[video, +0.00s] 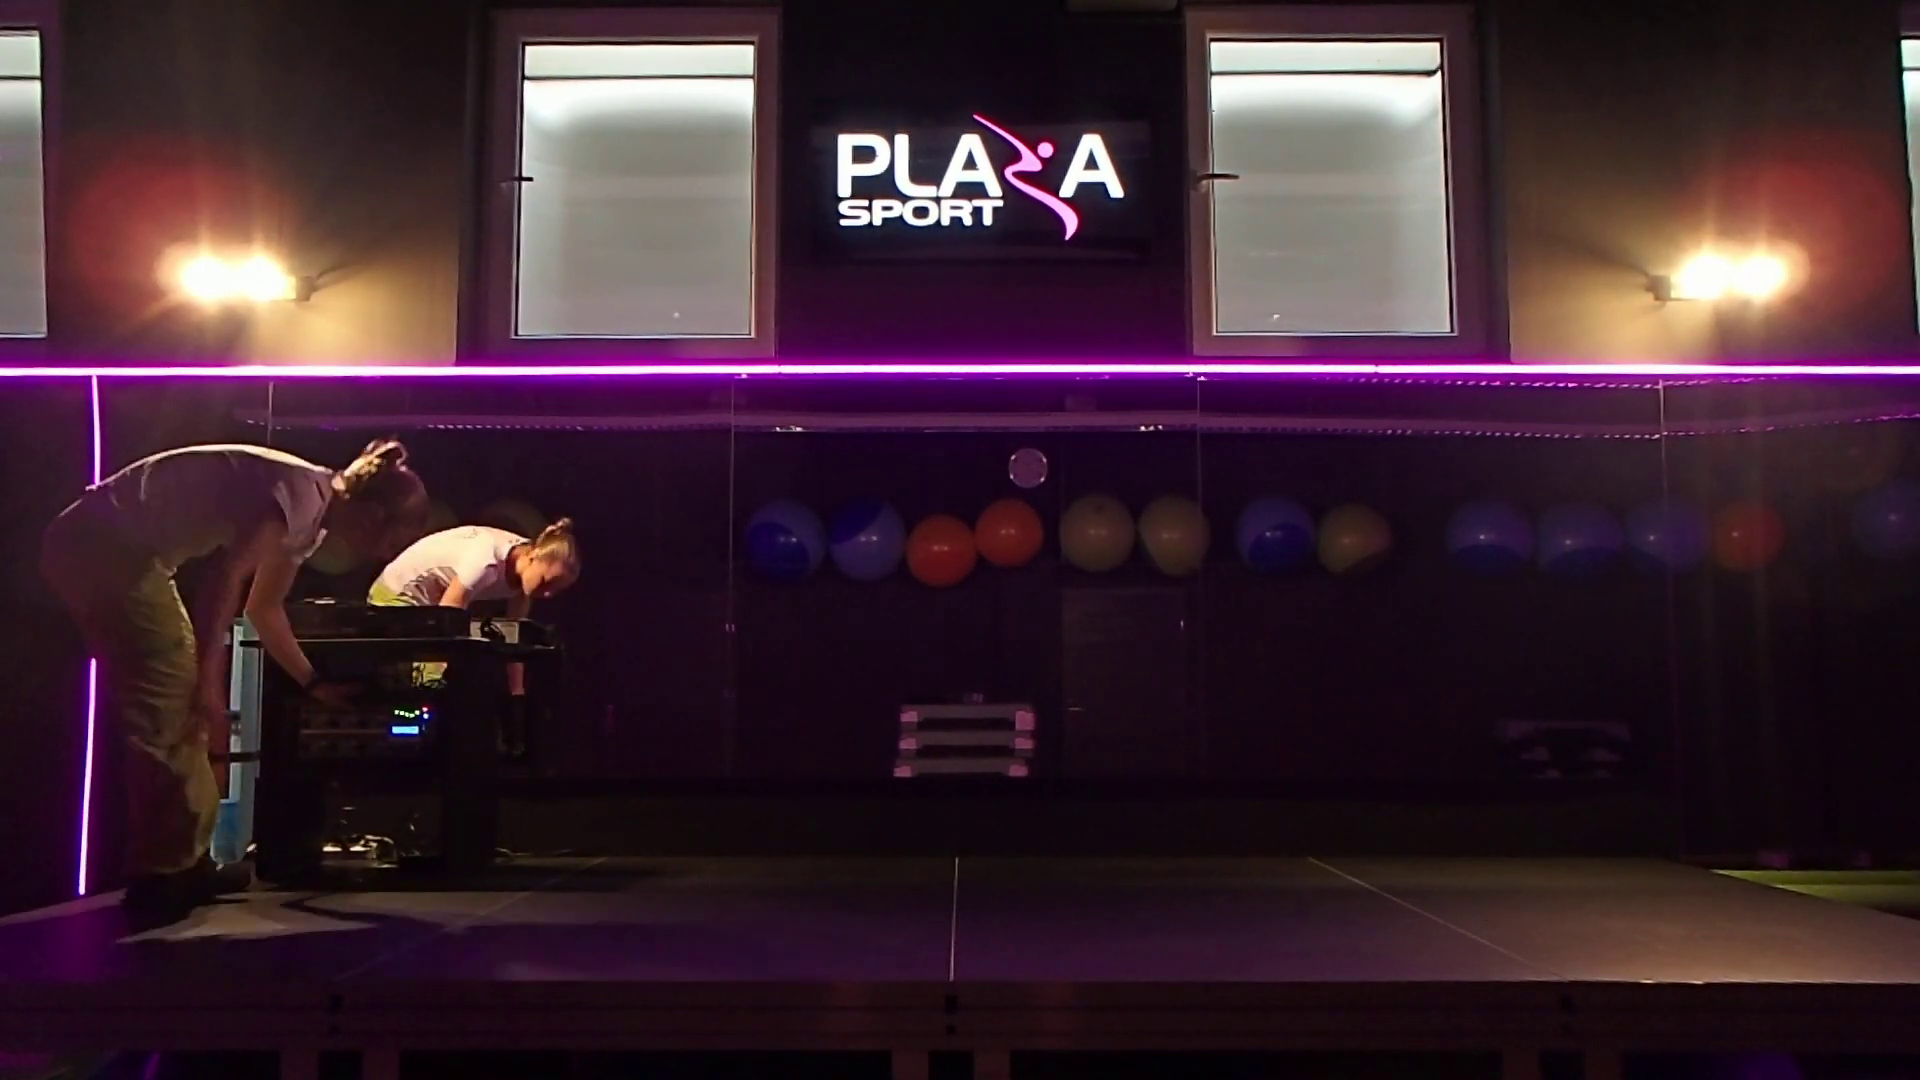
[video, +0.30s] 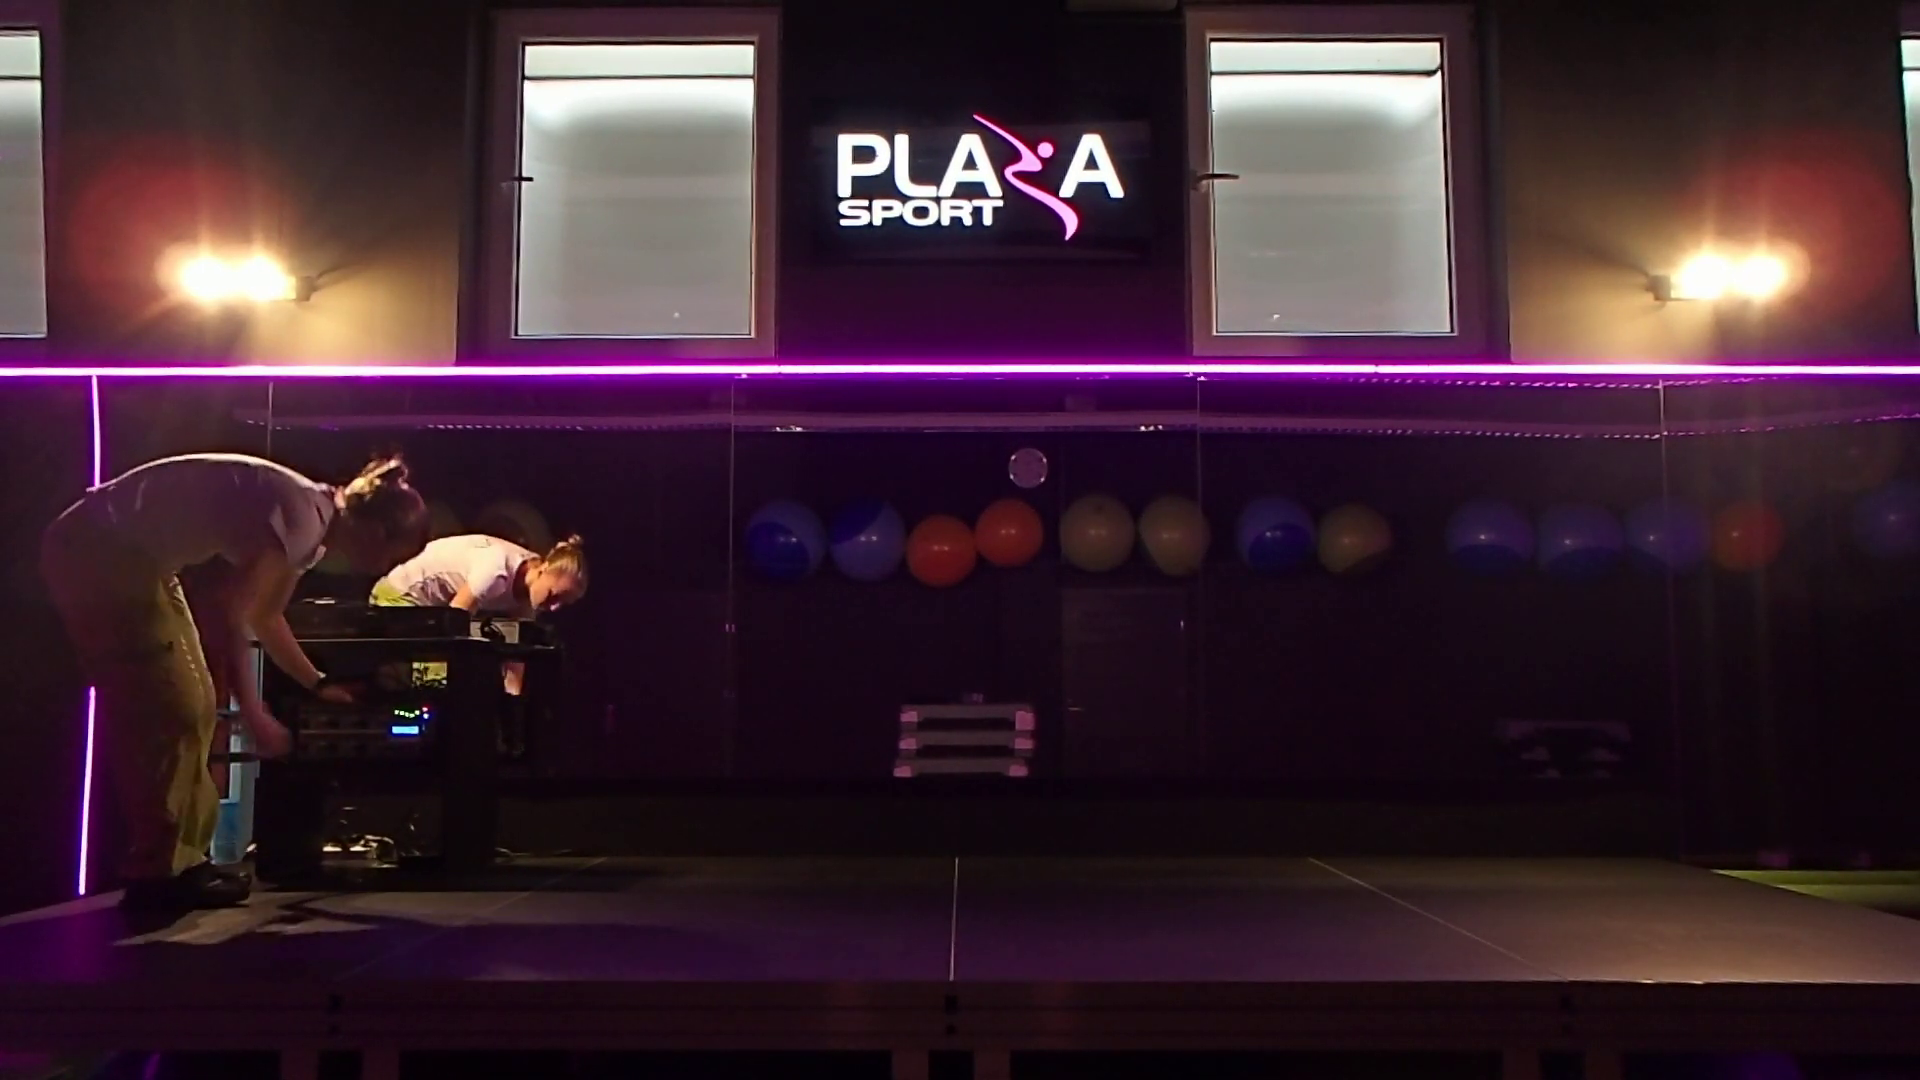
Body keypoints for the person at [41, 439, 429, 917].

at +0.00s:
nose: (388, 553)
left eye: (396, 544)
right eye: (394, 540)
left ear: (369, 508)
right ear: (377, 515)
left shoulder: (305, 522)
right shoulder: (299, 496)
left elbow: (265, 607)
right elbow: (225, 577)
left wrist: (311, 681)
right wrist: (206, 680)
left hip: (134, 552)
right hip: (106, 547)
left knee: (181, 697)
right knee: (162, 698)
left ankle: (189, 863)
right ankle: (161, 874)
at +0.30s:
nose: (382, 567)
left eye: (391, 561)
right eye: (389, 557)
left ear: (369, 516)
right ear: (377, 527)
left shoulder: (311, 526)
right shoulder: (299, 516)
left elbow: (266, 615)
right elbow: (237, 612)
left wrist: (316, 684)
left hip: (145, 560)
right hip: (105, 553)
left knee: (197, 708)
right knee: (172, 712)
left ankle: (187, 863)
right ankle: (156, 875)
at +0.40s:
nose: (378, 589)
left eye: (387, 582)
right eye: (385, 578)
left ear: (365, 541)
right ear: (372, 549)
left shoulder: (307, 529)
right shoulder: (306, 538)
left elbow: (260, 627)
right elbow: (271, 649)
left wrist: (315, 688)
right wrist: (311, 731)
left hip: (139, 557)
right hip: (104, 550)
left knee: (191, 701)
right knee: (172, 703)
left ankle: (182, 865)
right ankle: (163, 874)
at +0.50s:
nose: (380, 602)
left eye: (392, 596)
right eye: (389, 591)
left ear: (372, 554)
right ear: (374, 562)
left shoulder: (301, 539)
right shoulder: (317, 555)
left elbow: (254, 627)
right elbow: (314, 672)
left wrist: (309, 687)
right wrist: (361, 727)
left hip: (111, 547)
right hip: (108, 550)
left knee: (181, 696)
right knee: (182, 697)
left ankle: (177, 868)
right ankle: (168, 874)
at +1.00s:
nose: (379, 619)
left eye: (391, 615)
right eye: (389, 609)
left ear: (377, 570)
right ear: (378, 578)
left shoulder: (296, 553)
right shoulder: (337, 559)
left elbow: (246, 636)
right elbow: (344, 680)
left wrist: (315, 691)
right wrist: (395, 726)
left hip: (108, 542)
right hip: (130, 547)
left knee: (167, 695)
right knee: (197, 697)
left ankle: (167, 865)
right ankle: (170, 870)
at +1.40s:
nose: (380, 618)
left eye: (391, 614)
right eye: (389, 609)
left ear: (380, 571)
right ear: (380, 577)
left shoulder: (297, 552)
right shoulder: (338, 556)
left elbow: (247, 634)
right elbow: (343, 676)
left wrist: (314, 691)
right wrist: (394, 726)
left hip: (111, 542)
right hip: (134, 547)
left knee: (173, 697)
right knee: (198, 697)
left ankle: (166, 865)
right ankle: (172, 868)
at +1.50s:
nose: (380, 619)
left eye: (391, 615)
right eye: (390, 609)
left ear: (379, 571)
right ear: (380, 576)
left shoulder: (297, 552)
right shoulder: (338, 555)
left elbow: (248, 634)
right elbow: (342, 675)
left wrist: (314, 691)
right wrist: (394, 725)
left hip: (115, 543)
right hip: (132, 547)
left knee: (188, 697)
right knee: (197, 697)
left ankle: (168, 866)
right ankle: (169, 869)